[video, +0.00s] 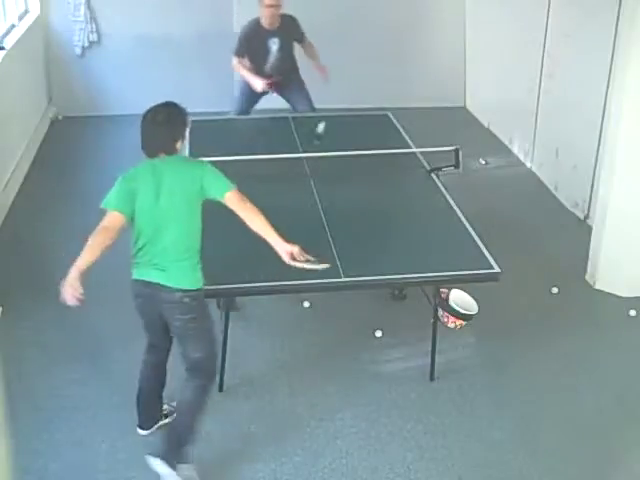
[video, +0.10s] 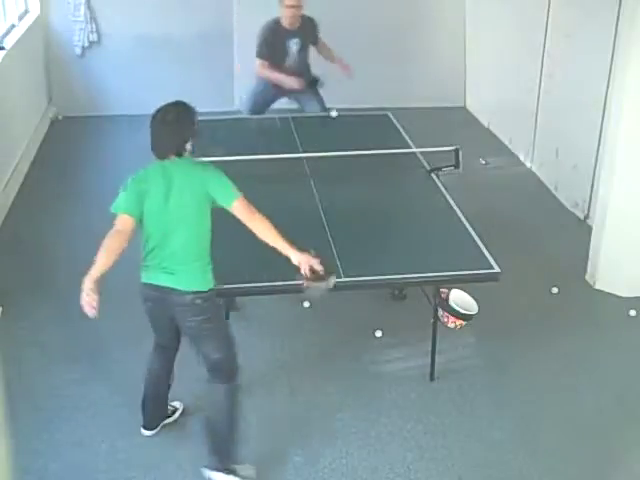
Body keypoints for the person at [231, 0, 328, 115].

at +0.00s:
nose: (272, 11)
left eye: (275, 7)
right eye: (268, 7)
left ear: (280, 8)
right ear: (261, 8)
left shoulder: (289, 23)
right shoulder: (250, 29)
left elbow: (305, 44)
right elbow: (236, 62)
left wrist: (317, 64)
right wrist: (254, 80)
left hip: (286, 78)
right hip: (256, 78)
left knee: (308, 113)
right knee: (238, 115)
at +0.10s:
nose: (294, 12)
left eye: (297, 7)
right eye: (290, 7)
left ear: (302, 9)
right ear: (282, 8)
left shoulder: (308, 24)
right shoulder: (270, 29)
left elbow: (319, 45)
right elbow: (261, 69)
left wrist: (338, 62)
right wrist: (287, 80)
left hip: (301, 81)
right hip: (272, 82)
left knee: (319, 117)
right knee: (248, 114)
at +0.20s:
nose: (317, 11)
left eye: (321, 7)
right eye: (313, 7)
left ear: (326, 9)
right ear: (306, 6)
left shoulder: (329, 21)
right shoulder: (294, 27)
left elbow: (336, 45)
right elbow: (289, 69)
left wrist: (366, 60)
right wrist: (322, 81)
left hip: (318, 82)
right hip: (289, 82)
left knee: (336, 121)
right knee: (264, 120)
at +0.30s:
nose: (336, 6)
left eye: (339, 3)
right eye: (332, 3)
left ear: (343, 5)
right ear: (324, 3)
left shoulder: (345, 16)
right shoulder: (313, 22)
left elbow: (353, 38)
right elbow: (311, 65)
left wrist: (382, 50)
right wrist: (341, 81)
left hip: (329, 80)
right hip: (299, 78)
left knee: (342, 117)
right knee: (276, 117)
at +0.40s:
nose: (346, 4)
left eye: (349, 1)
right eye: (343, 1)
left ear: (353, 2)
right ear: (334, 0)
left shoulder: (356, 9)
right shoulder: (320, 12)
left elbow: (365, 29)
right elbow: (312, 55)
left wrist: (395, 37)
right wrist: (339, 73)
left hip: (337, 74)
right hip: (308, 72)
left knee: (346, 117)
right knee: (288, 113)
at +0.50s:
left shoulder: (365, 6)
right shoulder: (322, 5)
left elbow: (379, 24)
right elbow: (303, 35)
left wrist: (410, 33)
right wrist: (310, 46)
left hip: (343, 70)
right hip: (315, 66)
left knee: (347, 117)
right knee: (296, 112)